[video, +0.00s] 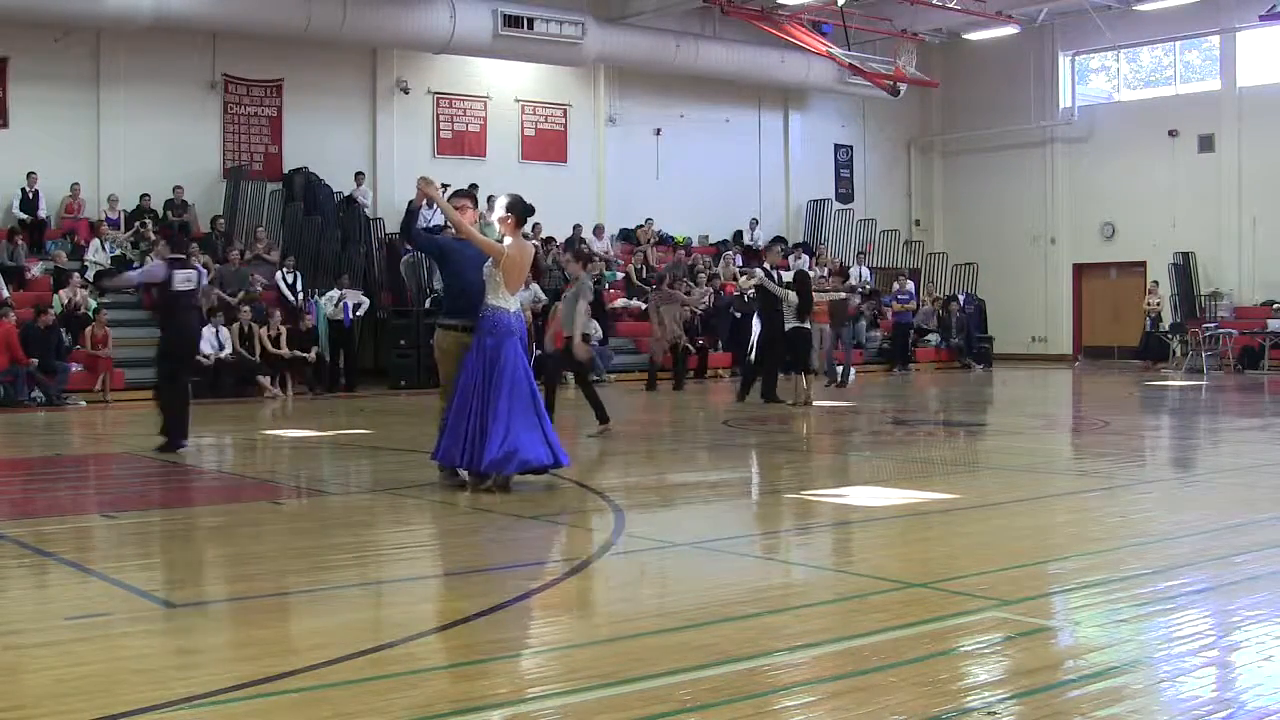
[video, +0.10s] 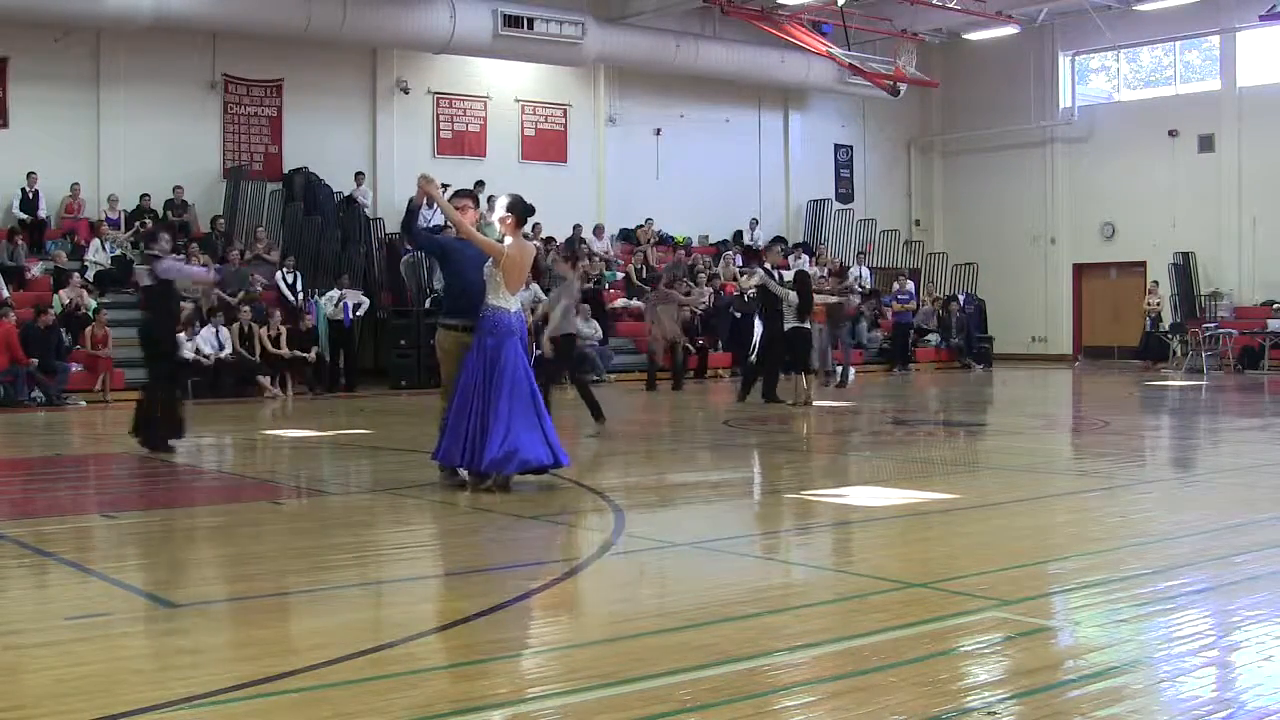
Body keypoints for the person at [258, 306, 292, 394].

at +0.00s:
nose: (280, 319)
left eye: (280, 316)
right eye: (278, 317)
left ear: (280, 318)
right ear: (270, 319)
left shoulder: (282, 329)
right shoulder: (263, 331)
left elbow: (283, 345)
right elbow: (269, 348)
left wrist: (286, 352)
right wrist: (282, 352)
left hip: (278, 354)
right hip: (267, 355)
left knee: (286, 361)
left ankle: (289, 386)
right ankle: (275, 386)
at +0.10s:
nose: (280, 319)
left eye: (280, 316)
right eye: (278, 317)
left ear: (280, 318)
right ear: (270, 319)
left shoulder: (282, 329)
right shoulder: (263, 331)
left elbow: (283, 345)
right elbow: (269, 348)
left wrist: (286, 352)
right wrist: (282, 352)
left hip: (278, 354)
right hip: (267, 356)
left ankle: (289, 387)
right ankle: (275, 386)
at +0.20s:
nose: (280, 319)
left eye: (280, 316)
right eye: (277, 317)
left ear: (281, 318)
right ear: (270, 319)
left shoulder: (282, 329)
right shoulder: (263, 331)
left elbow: (283, 345)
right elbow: (269, 348)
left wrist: (287, 352)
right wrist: (281, 352)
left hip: (279, 354)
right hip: (268, 355)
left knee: (287, 361)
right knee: (278, 361)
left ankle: (289, 387)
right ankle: (276, 386)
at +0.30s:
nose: (280, 319)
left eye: (280, 317)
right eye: (277, 317)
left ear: (281, 318)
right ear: (270, 319)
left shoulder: (282, 329)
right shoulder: (263, 331)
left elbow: (283, 345)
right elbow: (269, 348)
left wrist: (287, 352)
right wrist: (281, 352)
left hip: (279, 354)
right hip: (268, 355)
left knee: (287, 361)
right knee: (278, 361)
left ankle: (289, 387)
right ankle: (276, 386)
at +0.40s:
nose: (280, 319)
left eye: (280, 316)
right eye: (277, 317)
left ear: (281, 318)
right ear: (270, 319)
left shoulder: (282, 329)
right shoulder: (263, 331)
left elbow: (283, 345)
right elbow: (269, 348)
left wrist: (287, 352)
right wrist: (281, 352)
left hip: (279, 354)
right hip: (268, 355)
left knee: (287, 361)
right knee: (278, 361)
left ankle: (289, 387)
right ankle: (276, 386)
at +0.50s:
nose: (280, 319)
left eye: (280, 316)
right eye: (277, 317)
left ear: (281, 318)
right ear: (270, 319)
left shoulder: (282, 329)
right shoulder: (263, 331)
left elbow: (283, 345)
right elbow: (269, 348)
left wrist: (287, 352)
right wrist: (281, 352)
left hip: (279, 354)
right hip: (268, 355)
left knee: (287, 361)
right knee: (278, 361)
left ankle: (289, 387)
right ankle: (276, 386)